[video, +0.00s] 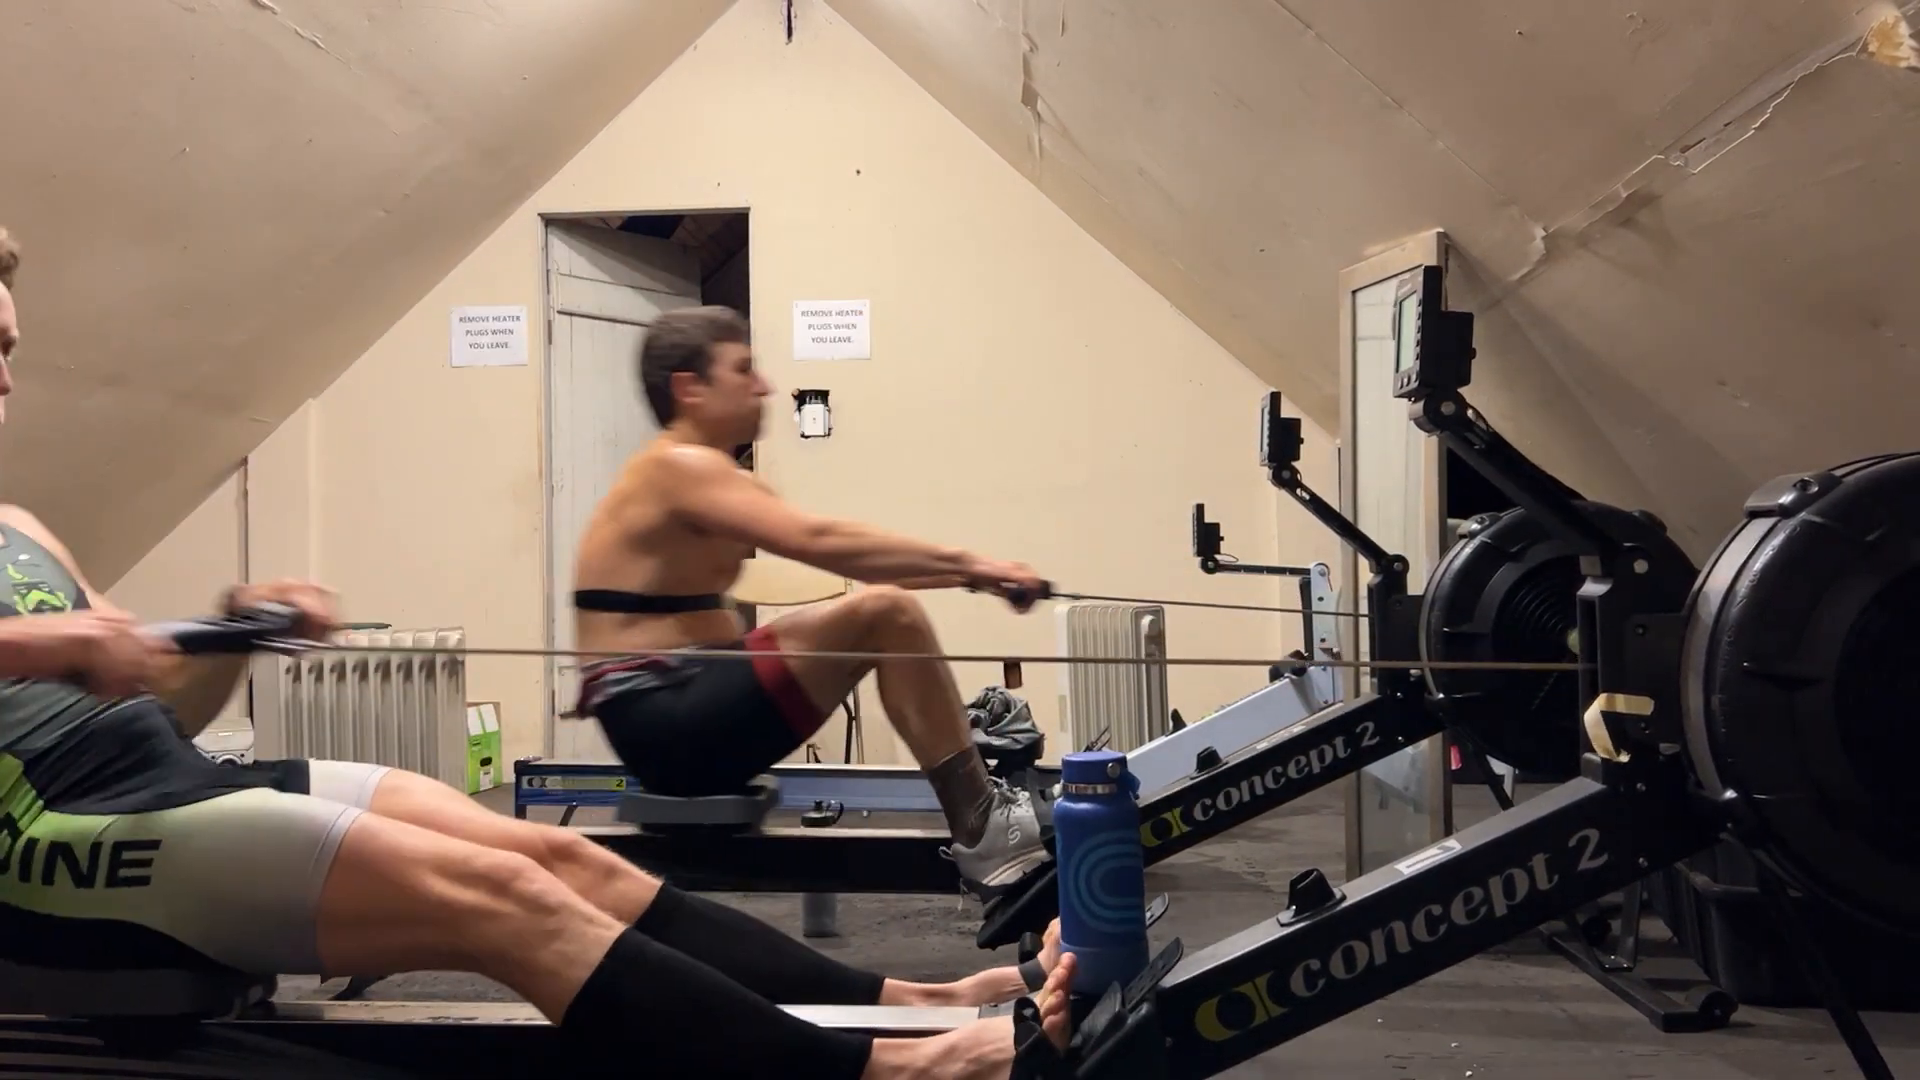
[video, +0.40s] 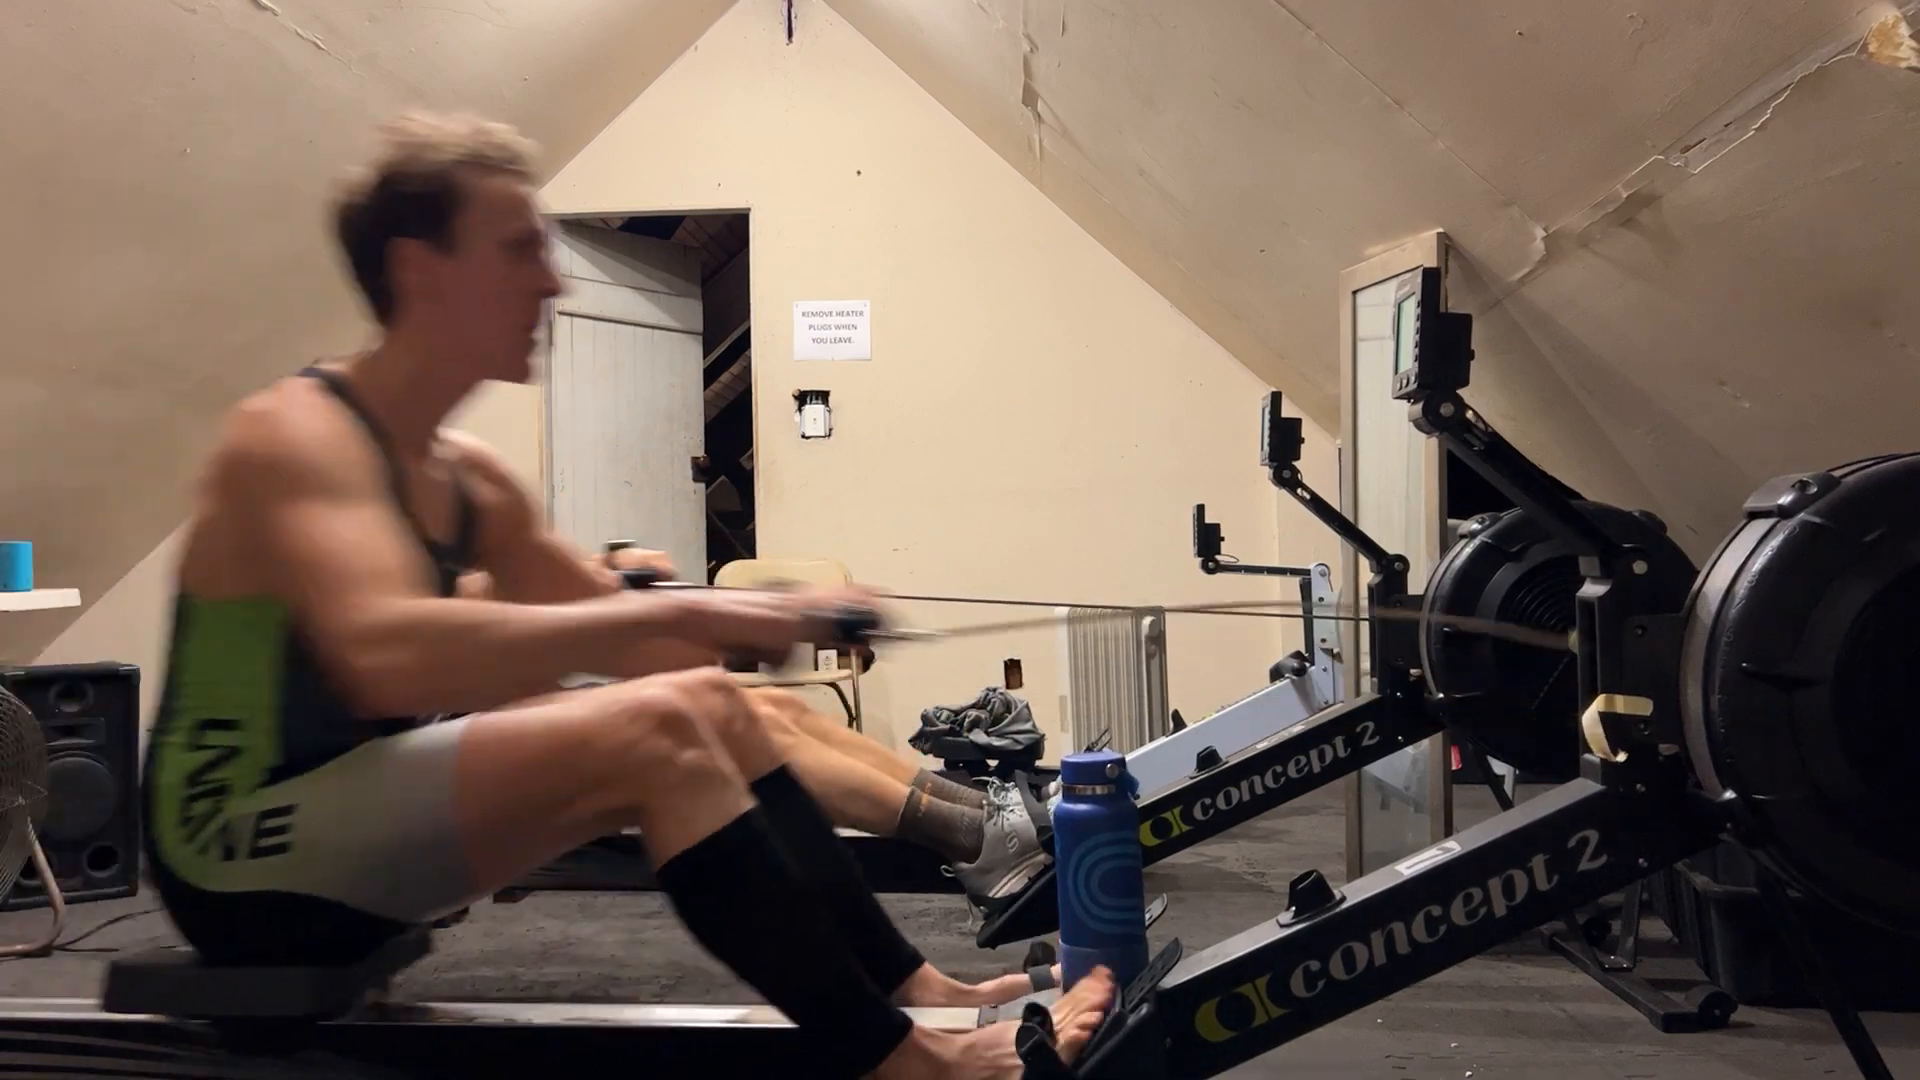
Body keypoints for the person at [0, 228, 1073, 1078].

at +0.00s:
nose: (14, 323)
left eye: (12, 296)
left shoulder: (30, 531)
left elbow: (153, 690)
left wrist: (244, 629)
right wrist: (71, 641)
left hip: (161, 780)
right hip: (64, 821)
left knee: (563, 858)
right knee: (505, 901)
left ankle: (945, 1010)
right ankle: (898, 1070)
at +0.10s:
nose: (46, 360)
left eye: (53, 331)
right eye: (26, 329)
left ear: (60, 340)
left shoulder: (37, 517)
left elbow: (142, 712)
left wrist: (139, 595)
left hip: (187, 788)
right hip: (74, 834)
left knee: (560, 838)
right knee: (505, 875)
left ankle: (904, 1003)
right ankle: (870, 1060)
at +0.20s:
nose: (184, 321)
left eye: (187, 289)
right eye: (156, 286)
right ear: (37, 281)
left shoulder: (131, 475)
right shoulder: (11, 471)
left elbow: (220, 679)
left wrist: (264, 577)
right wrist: (45, 565)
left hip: (215, 786)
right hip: (88, 833)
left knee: (583, 803)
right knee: (523, 826)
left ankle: (892, 1003)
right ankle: (848, 1060)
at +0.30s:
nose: (373, 273)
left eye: (371, 243)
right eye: (338, 240)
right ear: (224, 246)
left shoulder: (279, 458)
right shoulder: (100, 438)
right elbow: (37, 689)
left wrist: (420, 587)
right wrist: (312, 585)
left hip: (258, 790)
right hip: (147, 825)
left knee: (643, 751)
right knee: (586, 784)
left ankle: (897, 999)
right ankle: (850, 1054)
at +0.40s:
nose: (556, 280)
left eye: (547, 250)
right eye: (521, 251)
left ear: (442, 274)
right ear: (414, 269)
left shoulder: (466, 480)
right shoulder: (290, 435)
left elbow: (621, 625)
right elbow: (381, 662)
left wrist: (776, 617)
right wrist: (684, 625)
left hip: (357, 824)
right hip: (241, 846)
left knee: (717, 708)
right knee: (655, 736)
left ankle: (917, 999)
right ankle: (887, 1055)